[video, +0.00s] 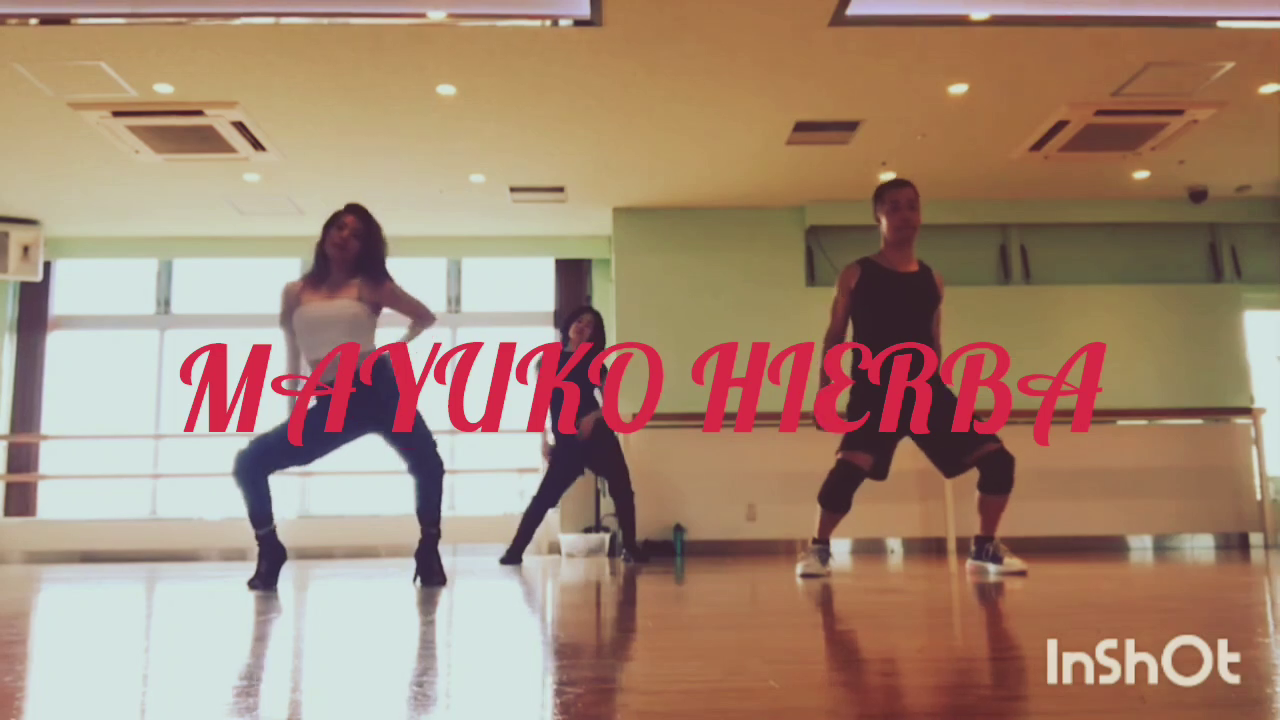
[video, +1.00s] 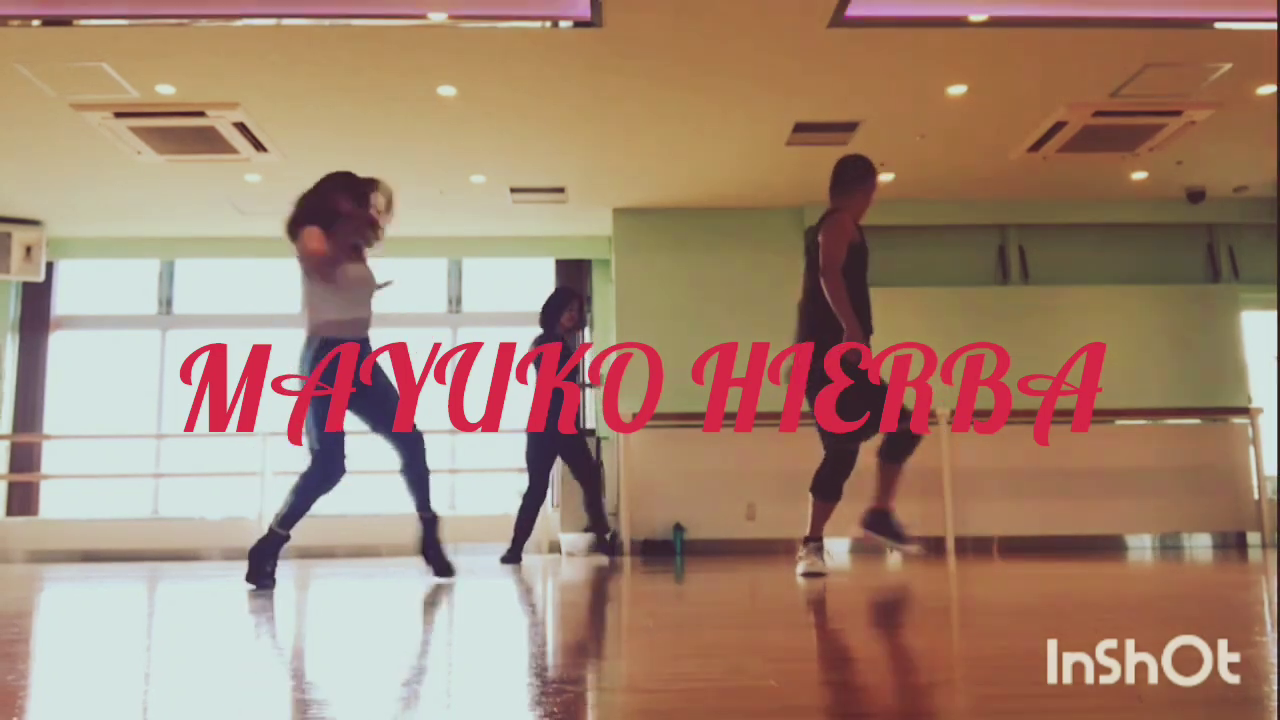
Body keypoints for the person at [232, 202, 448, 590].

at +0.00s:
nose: (344, 237)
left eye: (355, 234)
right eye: (339, 229)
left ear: (366, 246)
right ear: (325, 235)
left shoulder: (373, 287)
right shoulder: (295, 293)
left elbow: (425, 317)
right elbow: (293, 356)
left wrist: (395, 350)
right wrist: (294, 411)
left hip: (380, 399)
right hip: (331, 408)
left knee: (429, 467)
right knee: (249, 463)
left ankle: (429, 549)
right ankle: (269, 549)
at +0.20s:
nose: (346, 210)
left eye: (356, 205)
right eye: (339, 200)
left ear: (368, 215)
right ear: (326, 204)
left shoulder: (374, 253)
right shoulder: (297, 254)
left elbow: (405, 304)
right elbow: (286, 317)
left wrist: (390, 341)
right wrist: (283, 374)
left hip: (380, 355)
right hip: (332, 362)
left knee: (410, 447)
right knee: (273, 456)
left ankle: (430, 548)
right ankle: (272, 548)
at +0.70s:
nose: (335, 235)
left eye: (346, 231)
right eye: (330, 226)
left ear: (359, 243)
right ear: (317, 233)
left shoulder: (368, 289)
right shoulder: (298, 287)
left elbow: (398, 343)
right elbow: (294, 341)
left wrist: (410, 398)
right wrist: (300, 374)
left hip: (376, 395)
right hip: (330, 402)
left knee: (390, 469)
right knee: (258, 462)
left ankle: (434, 543)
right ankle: (277, 546)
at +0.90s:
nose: (358, 229)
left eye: (365, 221)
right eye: (352, 219)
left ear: (370, 226)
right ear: (333, 218)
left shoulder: (367, 264)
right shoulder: (302, 259)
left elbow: (392, 305)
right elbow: (258, 291)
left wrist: (426, 318)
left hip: (368, 369)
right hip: (325, 370)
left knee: (403, 454)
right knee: (314, 463)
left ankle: (438, 543)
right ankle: (275, 550)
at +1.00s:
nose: (366, 211)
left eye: (367, 203)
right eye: (359, 202)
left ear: (358, 208)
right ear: (338, 202)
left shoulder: (354, 239)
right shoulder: (313, 233)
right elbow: (320, 264)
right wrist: (342, 243)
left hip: (359, 358)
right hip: (325, 359)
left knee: (411, 443)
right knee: (328, 468)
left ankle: (430, 535)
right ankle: (267, 547)